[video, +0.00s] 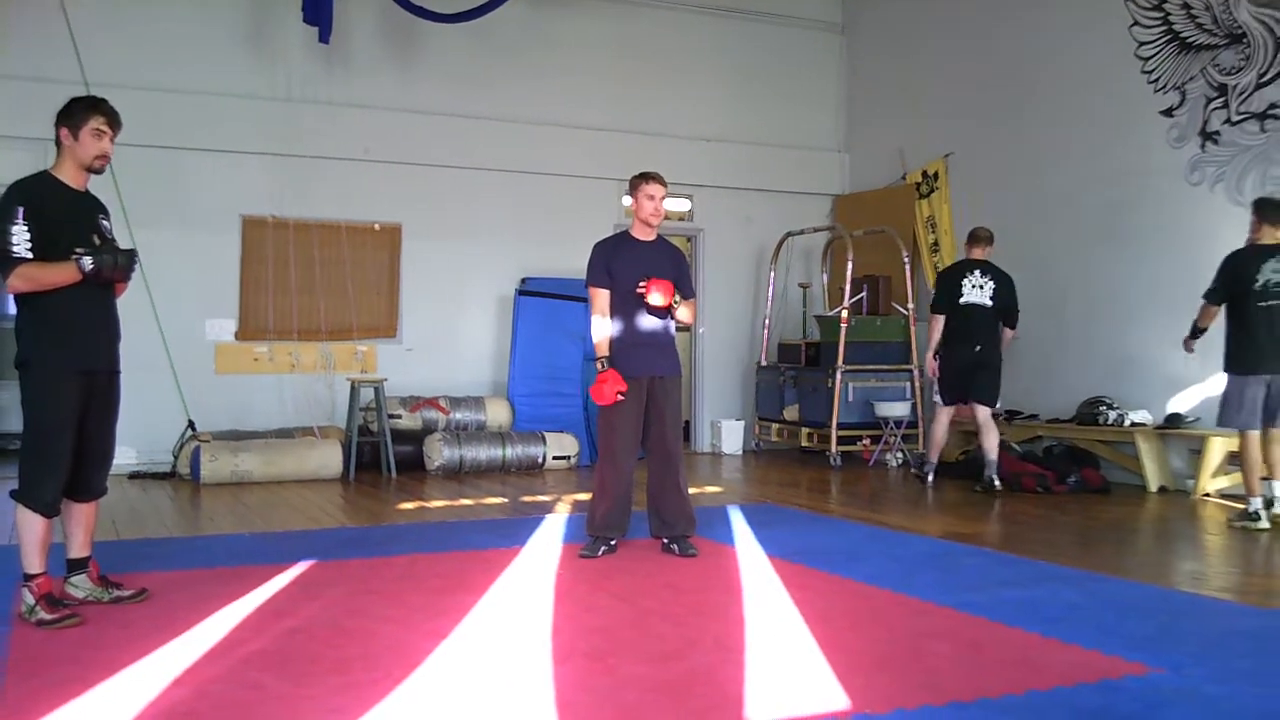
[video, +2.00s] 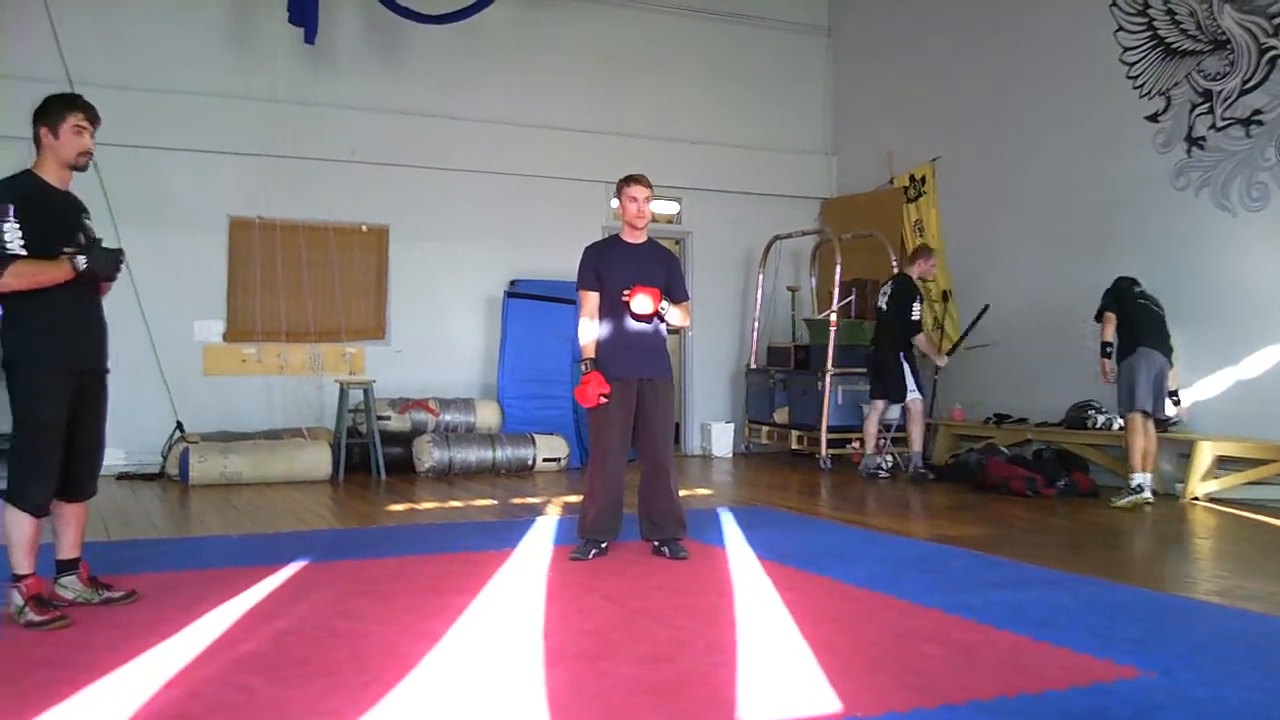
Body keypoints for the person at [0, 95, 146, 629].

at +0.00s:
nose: (107, 146)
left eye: (112, 138)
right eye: (98, 134)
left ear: (109, 145)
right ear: (66, 134)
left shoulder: (97, 209)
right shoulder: (24, 195)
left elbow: (108, 290)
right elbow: (15, 278)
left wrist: (122, 272)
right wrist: (87, 266)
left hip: (99, 360)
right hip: (49, 360)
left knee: (88, 467)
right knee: (43, 469)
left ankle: (80, 578)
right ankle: (34, 590)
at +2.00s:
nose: (89, 142)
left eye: (91, 133)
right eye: (79, 131)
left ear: (84, 140)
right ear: (47, 134)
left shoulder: (77, 208)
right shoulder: (11, 195)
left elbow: (79, 286)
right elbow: (5, 275)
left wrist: (101, 278)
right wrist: (74, 266)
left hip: (85, 361)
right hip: (34, 361)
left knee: (77, 468)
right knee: (32, 469)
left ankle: (71, 578)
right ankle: (23, 592)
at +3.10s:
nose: (40, 156)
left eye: (44, 148)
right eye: (30, 146)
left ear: (42, 157)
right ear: (3, 150)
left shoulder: (31, 217)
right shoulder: (1, 211)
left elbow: (48, 292)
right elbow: (3, 285)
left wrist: (52, 287)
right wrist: (22, 282)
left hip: (35, 367)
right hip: (8, 367)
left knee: (19, 473)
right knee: (13, 474)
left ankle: (13, 582)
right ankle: (17, 588)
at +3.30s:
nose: (60, 163)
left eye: (65, 156)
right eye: (51, 153)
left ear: (63, 163)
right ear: (20, 154)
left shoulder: (42, 218)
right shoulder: (1, 209)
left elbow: (37, 286)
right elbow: (1, 286)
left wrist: (58, 288)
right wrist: (33, 284)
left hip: (39, 366)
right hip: (8, 366)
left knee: (21, 468)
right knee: (22, 471)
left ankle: (11, 570)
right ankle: (38, 587)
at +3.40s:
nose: (80, 166)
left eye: (84, 158)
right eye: (71, 154)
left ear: (81, 166)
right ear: (40, 155)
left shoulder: (61, 223)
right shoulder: (6, 207)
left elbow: (63, 301)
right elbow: (0, 284)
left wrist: (74, 290)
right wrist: (45, 283)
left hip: (51, 367)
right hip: (14, 366)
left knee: (27, 467)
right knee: (36, 467)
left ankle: (18, 574)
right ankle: (49, 583)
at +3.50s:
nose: (82, 170)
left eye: (87, 163)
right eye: (75, 158)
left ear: (84, 170)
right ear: (43, 157)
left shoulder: (62, 227)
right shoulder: (6, 207)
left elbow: (65, 307)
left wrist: (73, 294)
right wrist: (43, 284)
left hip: (49, 365)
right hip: (11, 363)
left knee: (30, 465)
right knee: (30, 464)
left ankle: (18, 575)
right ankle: (46, 585)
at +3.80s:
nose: (62, 164)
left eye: (67, 157)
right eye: (53, 153)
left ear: (65, 164)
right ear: (23, 153)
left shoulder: (48, 227)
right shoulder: (0, 207)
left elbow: (59, 301)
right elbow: (0, 283)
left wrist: (62, 288)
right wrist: (27, 277)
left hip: (40, 366)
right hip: (6, 365)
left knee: (33, 468)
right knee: (9, 466)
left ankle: (21, 577)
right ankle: (14, 575)